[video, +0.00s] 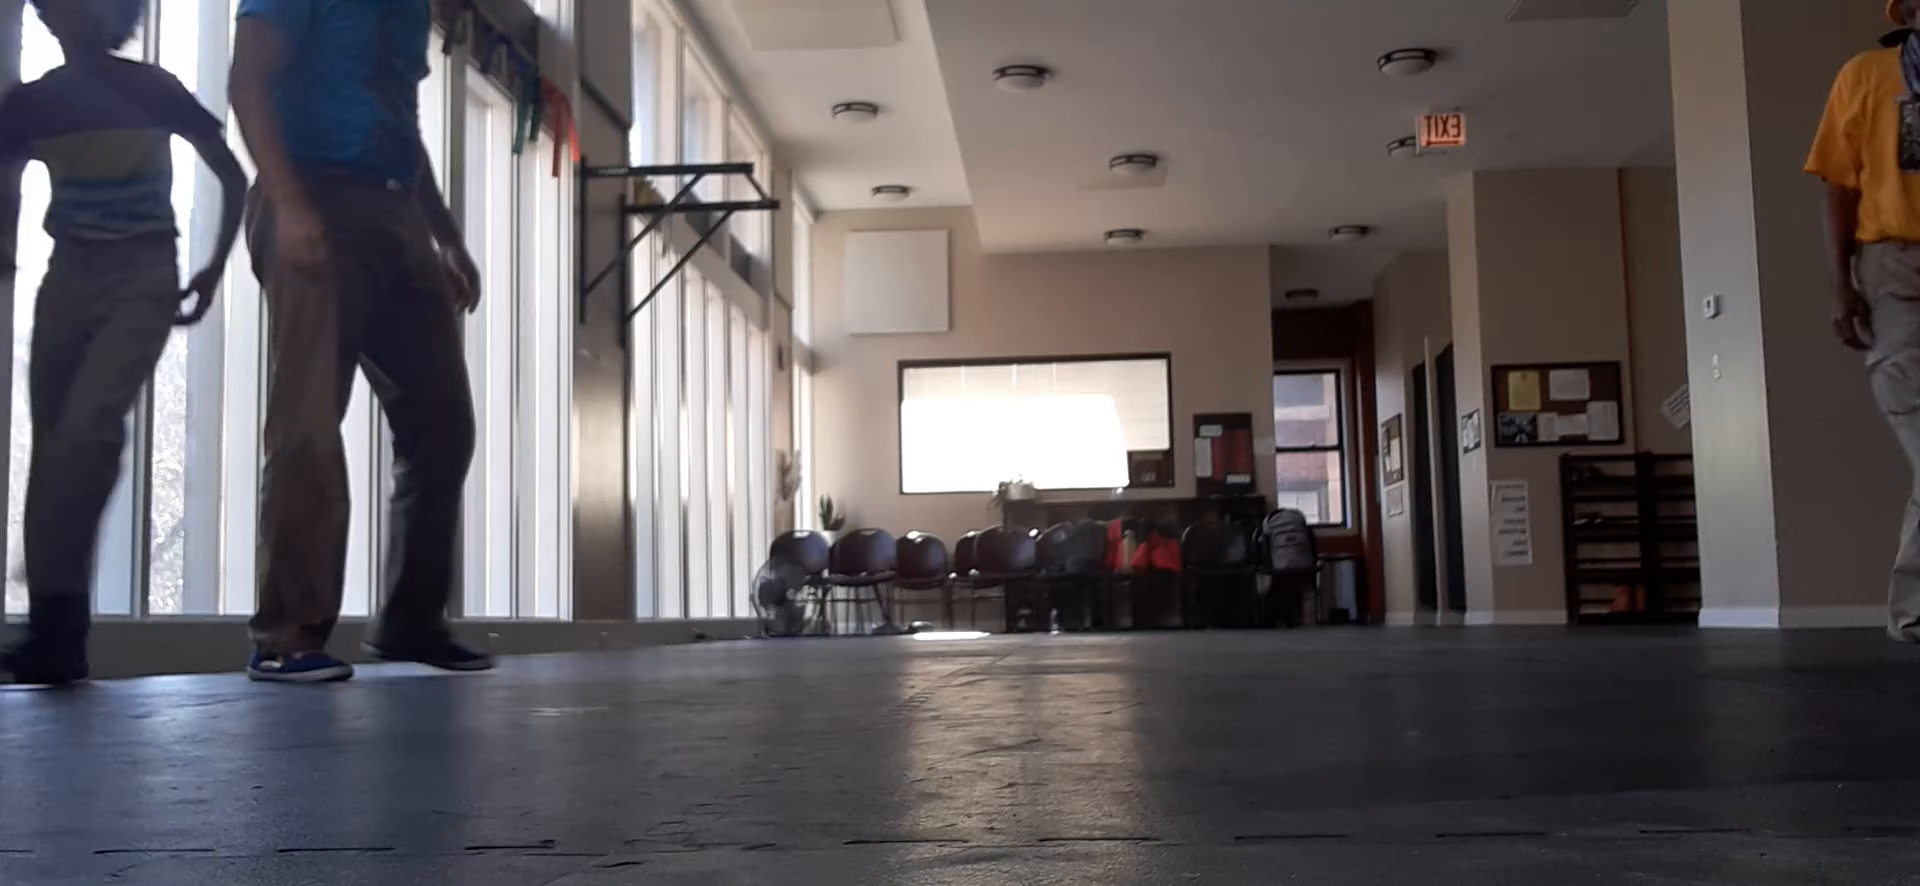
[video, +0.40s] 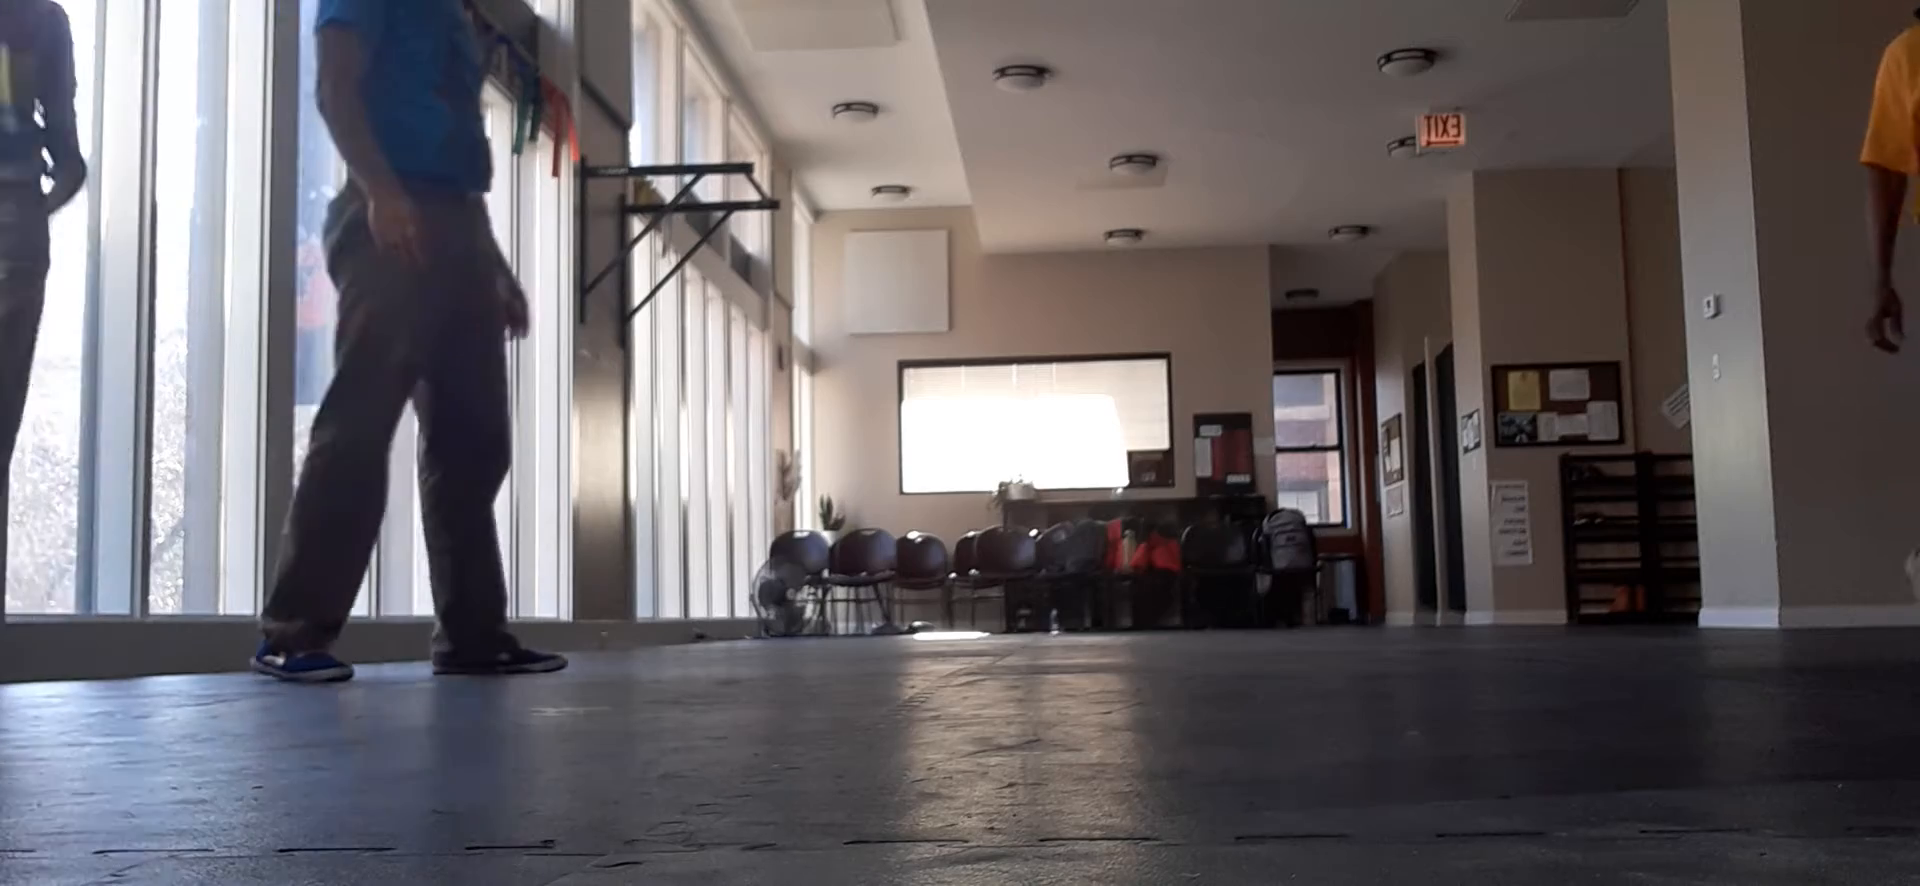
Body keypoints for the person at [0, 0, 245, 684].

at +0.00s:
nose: (84, 16)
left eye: (92, 5)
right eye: (72, 6)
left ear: (118, 14)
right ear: (50, 15)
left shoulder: (154, 89)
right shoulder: (28, 104)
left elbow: (234, 177)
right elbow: (12, 208)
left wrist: (215, 266)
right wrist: (13, 257)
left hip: (144, 281)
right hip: (67, 282)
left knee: (85, 431)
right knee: (53, 448)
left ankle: (58, 637)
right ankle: (54, 637)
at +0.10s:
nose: (43, 10)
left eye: (56, 2)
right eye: (38, 2)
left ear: (83, 11)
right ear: (20, 11)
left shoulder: (120, 79)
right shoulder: (8, 77)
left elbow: (199, 163)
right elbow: (201, 165)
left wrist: (191, 260)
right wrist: (193, 259)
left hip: (107, 279)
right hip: (23, 279)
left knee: (42, 451)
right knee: (30, 456)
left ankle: (63, 639)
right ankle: (62, 638)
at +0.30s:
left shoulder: (62, 59)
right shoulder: (64, 58)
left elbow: (111, 194)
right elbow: (112, 194)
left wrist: (97, 314)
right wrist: (98, 315)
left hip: (24, 266)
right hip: (29, 268)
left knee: (6, 446)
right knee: (6, 446)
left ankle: (9, 624)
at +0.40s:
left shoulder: (43, 17)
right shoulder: (41, 16)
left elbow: (67, 158)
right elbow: (68, 159)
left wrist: (43, 196)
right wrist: (42, 198)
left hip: (19, 224)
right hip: (18, 225)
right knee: (5, 433)